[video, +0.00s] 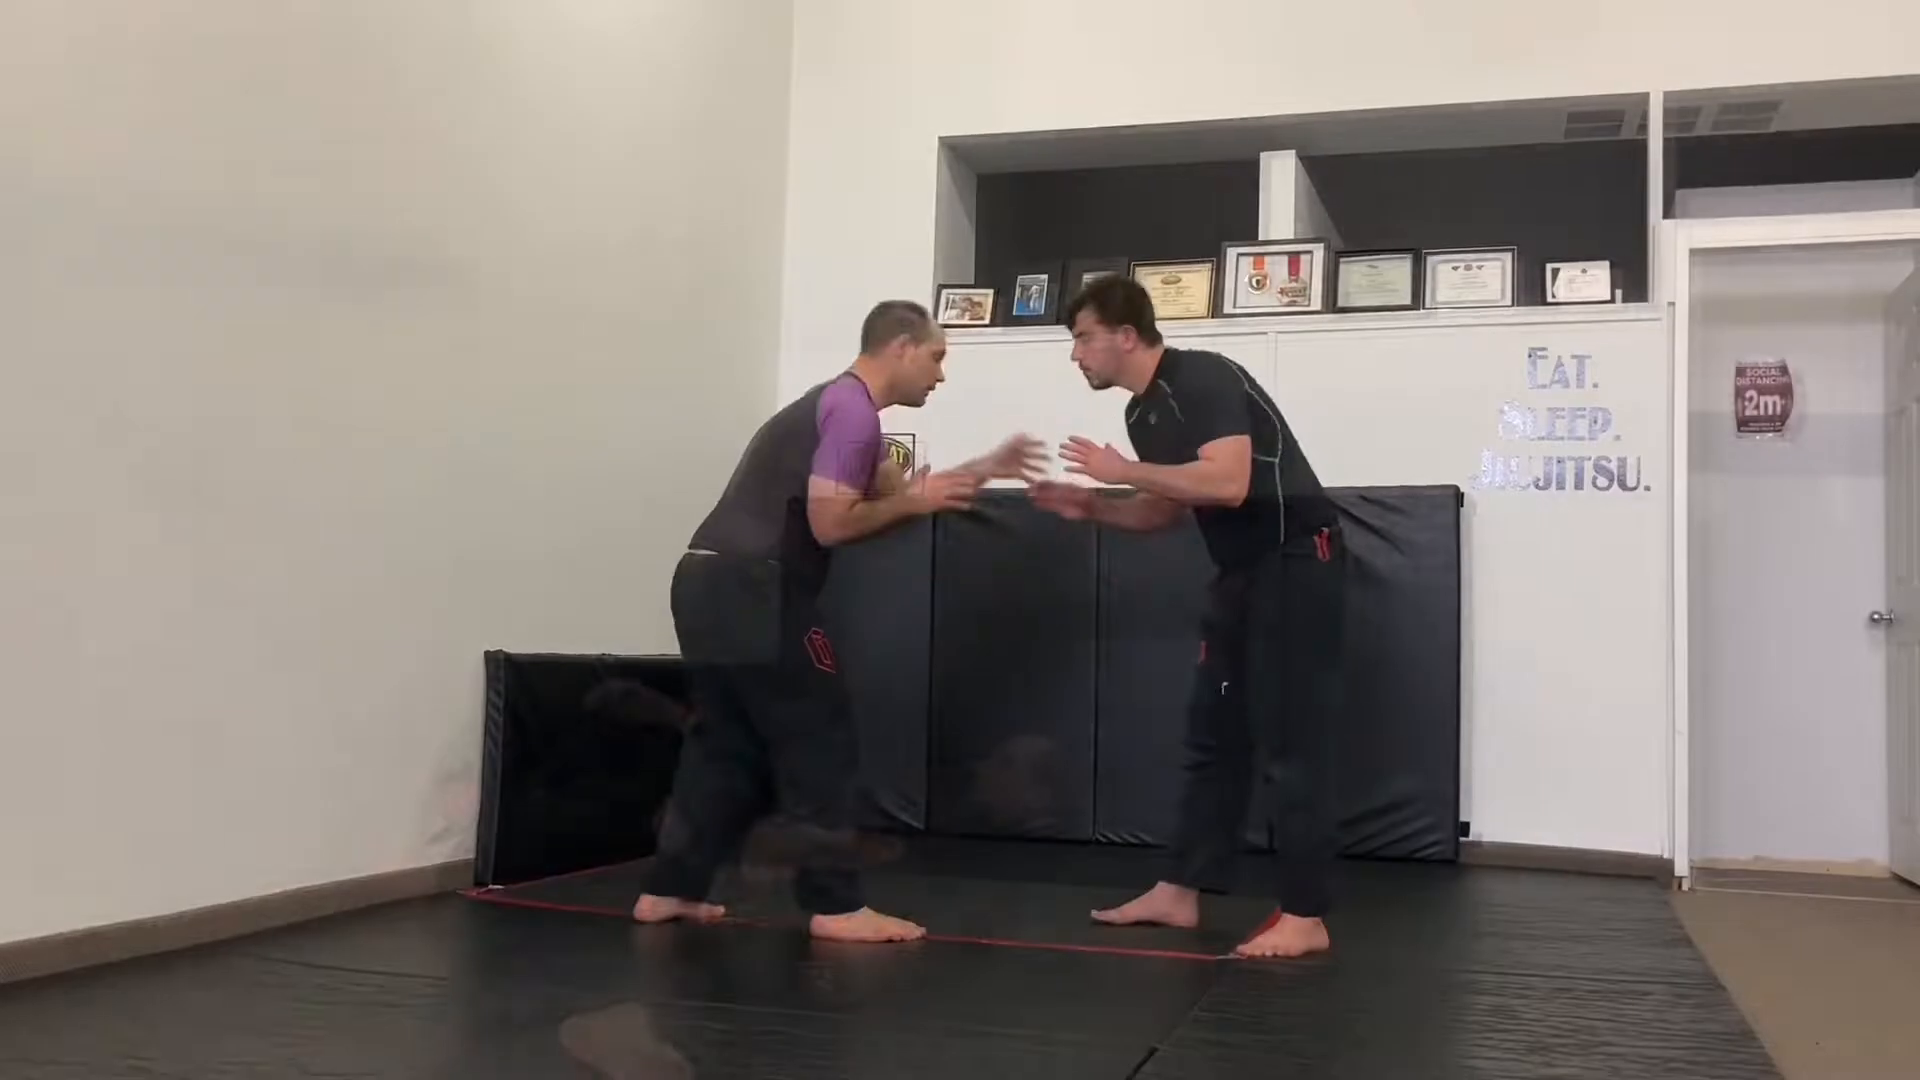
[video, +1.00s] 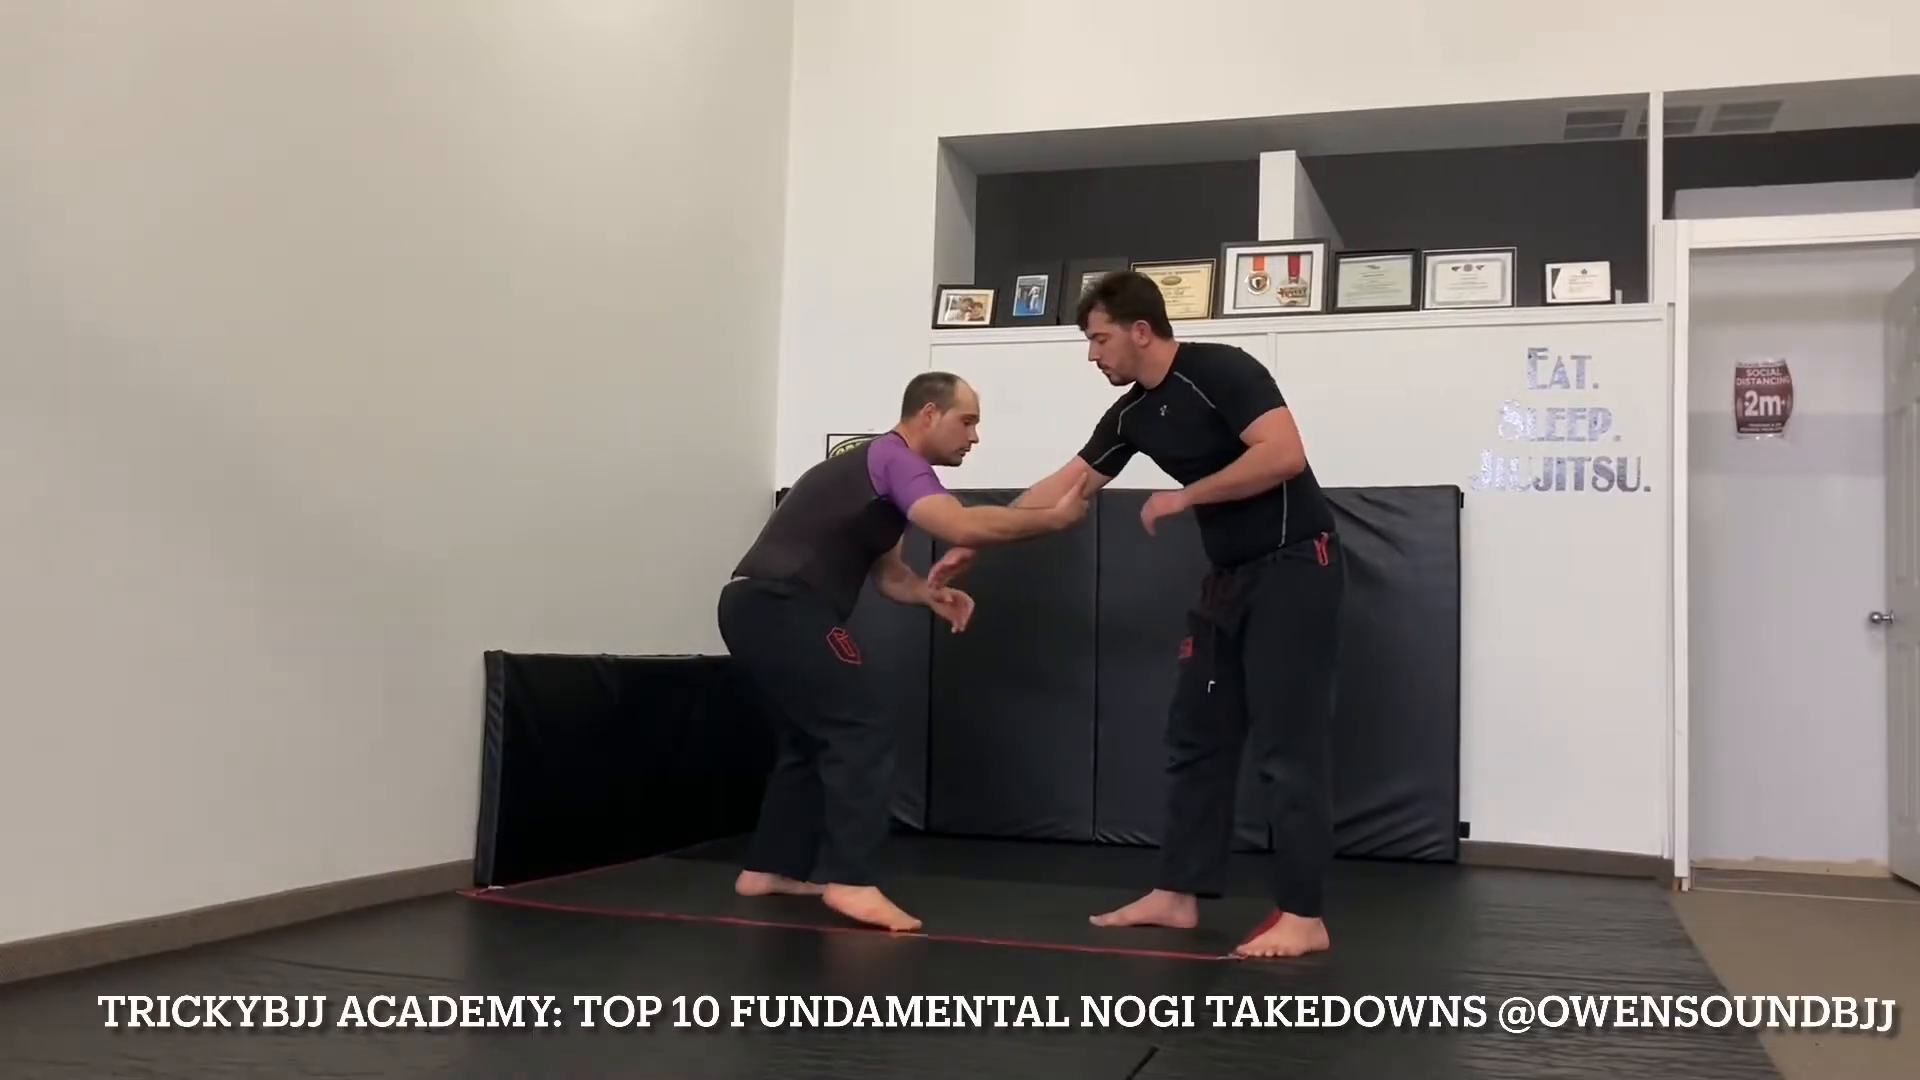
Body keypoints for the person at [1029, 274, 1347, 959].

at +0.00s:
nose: (1077, 354)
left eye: (1084, 339)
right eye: (1075, 341)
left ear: (1128, 334)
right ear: (1117, 339)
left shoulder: (1204, 377)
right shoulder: (1144, 416)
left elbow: (1230, 480)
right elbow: (1166, 509)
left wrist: (1129, 471)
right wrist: (1089, 506)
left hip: (1299, 560)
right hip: (1242, 572)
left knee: (1288, 735)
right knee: (1216, 731)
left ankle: (1305, 913)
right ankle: (1181, 890)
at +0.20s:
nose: (1060, 363)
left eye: (1067, 348)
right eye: (1057, 350)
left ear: (1110, 343)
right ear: (1103, 347)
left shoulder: (1189, 380)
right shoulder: (1129, 417)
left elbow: (1216, 484)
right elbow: (1149, 510)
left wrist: (1116, 475)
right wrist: (1081, 530)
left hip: (1289, 563)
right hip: (1231, 573)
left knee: (1288, 739)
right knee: (1210, 734)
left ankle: (1305, 915)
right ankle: (1179, 892)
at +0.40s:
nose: (1061, 362)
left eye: (1068, 347)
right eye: (1058, 348)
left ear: (1111, 341)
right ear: (1103, 346)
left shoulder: (1188, 378)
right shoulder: (1124, 418)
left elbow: (1205, 483)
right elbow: (1123, 511)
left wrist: (1106, 466)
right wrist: (1039, 556)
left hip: (1288, 561)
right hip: (1228, 571)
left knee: (1286, 738)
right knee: (1201, 732)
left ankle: (1305, 914)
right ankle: (1178, 892)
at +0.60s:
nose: (1070, 357)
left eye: (1078, 342)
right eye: (1068, 343)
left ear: (1121, 336)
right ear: (1111, 341)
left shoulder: (1201, 374)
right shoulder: (1120, 418)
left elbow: (1229, 473)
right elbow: (1076, 511)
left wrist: (1130, 466)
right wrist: (1010, 569)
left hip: (1291, 562)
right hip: (1227, 572)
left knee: (1286, 740)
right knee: (1199, 730)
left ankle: (1302, 915)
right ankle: (1178, 892)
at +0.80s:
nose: (1083, 360)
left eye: (1089, 345)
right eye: (1079, 347)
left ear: (1131, 335)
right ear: (1120, 341)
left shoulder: (1210, 370)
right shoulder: (1128, 416)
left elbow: (1265, 462)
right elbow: (1073, 508)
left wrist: (1163, 483)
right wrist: (1006, 564)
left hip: (1292, 564)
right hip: (1229, 574)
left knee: (1287, 742)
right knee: (1199, 732)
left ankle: (1303, 916)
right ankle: (1177, 893)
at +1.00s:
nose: (1092, 354)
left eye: (1099, 339)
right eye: (1089, 341)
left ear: (1141, 331)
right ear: (1133, 337)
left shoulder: (1223, 370)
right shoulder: (1130, 415)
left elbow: (1286, 453)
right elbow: (1062, 489)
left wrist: (1188, 495)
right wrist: (975, 543)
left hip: (1297, 566)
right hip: (1232, 574)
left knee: (1287, 743)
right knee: (1199, 734)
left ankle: (1304, 916)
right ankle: (1177, 895)